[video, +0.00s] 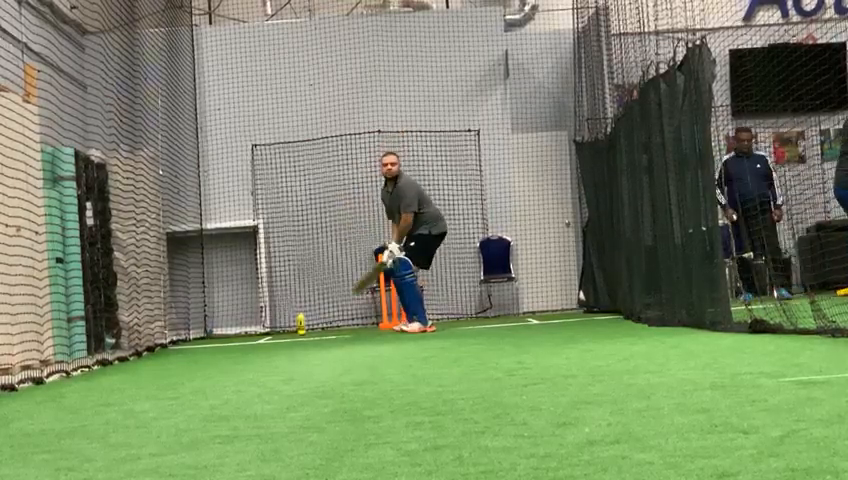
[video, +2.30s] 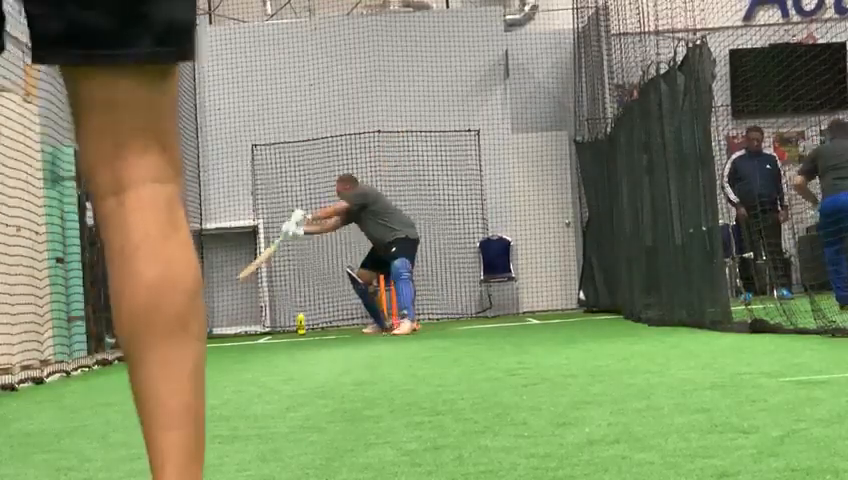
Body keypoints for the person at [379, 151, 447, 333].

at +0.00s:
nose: (389, 168)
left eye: (393, 164)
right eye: (385, 165)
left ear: (399, 165)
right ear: (381, 168)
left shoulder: (406, 186)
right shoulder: (386, 191)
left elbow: (408, 220)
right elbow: (395, 220)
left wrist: (396, 244)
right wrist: (394, 244)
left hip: (431, 229)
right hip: (416, 231)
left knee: (405, 267)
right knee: (398, 267)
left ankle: (420, 320)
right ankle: (413, 318)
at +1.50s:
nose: (373, 176)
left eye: (376, 172)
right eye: (369, 173)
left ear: (383, 173)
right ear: (366, 176)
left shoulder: (391, 190)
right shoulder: (372, 193)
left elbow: (392, 224)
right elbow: (382, 217)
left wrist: (379, 234)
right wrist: (376, 224)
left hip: (416, 229)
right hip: (400, 231)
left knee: (388, 258)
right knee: (381, 272)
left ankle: (407, 314)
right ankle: (403, 316)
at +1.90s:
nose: (353, 197)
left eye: (356, 192)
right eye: (350, 193)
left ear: (365, 189)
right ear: (347, 194)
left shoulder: (371, 204)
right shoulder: (376, 197)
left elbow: (372, 240)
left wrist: (365, 242)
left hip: (401, 243)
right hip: (396, 242)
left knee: (373, 273)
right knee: (364, 275)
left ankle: (399, 324)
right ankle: (380, 324)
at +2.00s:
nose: (347, 200)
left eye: (350, 195)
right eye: (344, 197)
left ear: (360, 190)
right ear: (342, 197)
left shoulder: (367, 205)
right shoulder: (369, 199)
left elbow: (365, 241)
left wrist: (357, 243)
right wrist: (364, 227)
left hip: (399, 243)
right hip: (391, 243)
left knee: (373, 272)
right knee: (360, 279)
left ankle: (398, 324)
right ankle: (382, 324)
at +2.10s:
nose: (344, 197)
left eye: (346, 192)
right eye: (341, 194)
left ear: (356, 187)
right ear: (340, 193)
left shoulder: (367, 199)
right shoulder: (359, 204)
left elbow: (360, 232)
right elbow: (358, 229)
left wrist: (341, 238)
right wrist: (342, 235)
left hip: (399, 240)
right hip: (381, 245)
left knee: (383, 272)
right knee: (359, 282)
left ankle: (397, 323)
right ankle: (380, 324)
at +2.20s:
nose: (341, 194)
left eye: (342, 190)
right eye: (340, 190)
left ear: (350, 186)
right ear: (355, 186)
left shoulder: (363, 195)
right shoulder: (355, 205)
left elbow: (336, 216)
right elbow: (336, 229)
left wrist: (312, 231)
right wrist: (310, 241)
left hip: (402, 238)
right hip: (383, 245)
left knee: (396, 273)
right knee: (359, 282)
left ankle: (397, 320)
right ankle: (380, 322)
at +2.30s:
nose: (338, 197)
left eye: (339, 193)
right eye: (338, 194)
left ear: (347, 187)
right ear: (348, 187)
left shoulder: (364, 193)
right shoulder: (354, 207)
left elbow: (333, 211)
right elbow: (330, 225)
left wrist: (307, 216)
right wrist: (300, 230)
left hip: (403, 237)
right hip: (383, 245)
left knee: (400, 271)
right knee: (361, 280)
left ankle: (408, 320)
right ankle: (381, 323)